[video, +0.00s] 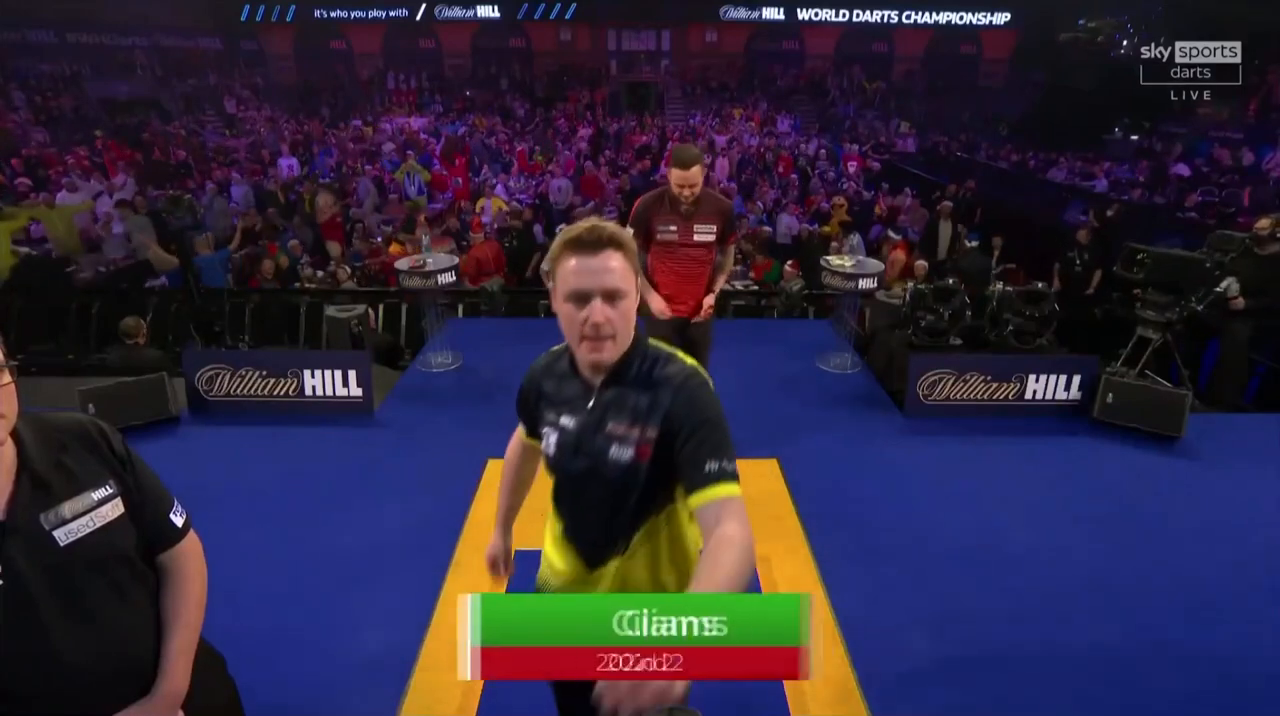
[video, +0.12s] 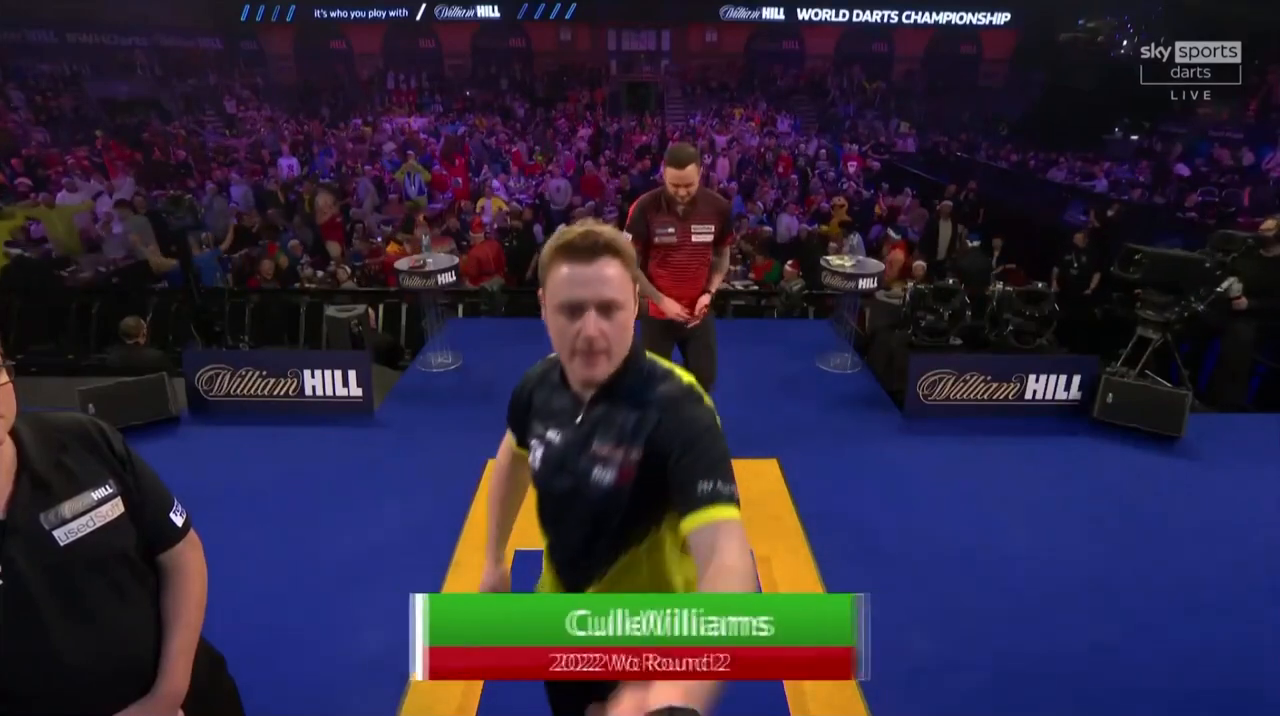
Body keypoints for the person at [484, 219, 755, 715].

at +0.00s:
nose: (597, 317)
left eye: (613, 297)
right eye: (579, 299)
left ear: (638, 298)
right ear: (553, 303)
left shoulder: (680, 387)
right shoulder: (546, 377)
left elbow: (729, 534)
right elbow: (527, 443)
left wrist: (677, 648)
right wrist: (502, 528)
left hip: (657, 614)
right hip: (565, 605)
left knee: (650, 706)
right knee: (574, 705)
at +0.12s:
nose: (590, 330)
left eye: (608, 309)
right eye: (571, 310)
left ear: (635, 308)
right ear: (543, 310)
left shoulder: (678, 406)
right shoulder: (538, 390)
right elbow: (513, 463)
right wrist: (495, 562)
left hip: (658, 639)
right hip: (559, 626)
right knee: (569, 706)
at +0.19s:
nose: (588, 345)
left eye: (607, 324)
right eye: (569, 325)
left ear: (637, 321)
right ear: (540, 322)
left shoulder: (677, 429)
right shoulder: (536, 401)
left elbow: (730, 610)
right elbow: (504, 472)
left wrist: (690, 708)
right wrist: (487, 581)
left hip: (653, 687)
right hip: (562, 672)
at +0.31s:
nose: (589, 382)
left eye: (610, 358)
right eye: (568, 358)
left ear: (645, 350)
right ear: (537, 350)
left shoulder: (681, 468)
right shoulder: (534, 434)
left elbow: (737, 660)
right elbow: (505, 495)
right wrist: (468, 600)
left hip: (646, 703)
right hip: (545, 692)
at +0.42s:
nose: (592, 425)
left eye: (617, 397)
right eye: (568, 397)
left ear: (655, 386)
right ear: (537, 386)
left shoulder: (687, 525)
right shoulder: (544, 470)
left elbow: (754, 685)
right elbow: (514, 538)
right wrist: (464, 637)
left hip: (634, 698)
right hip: (539, 691)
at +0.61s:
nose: (593, 480)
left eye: (622, 444)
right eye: (564, 444)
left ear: (666, 423)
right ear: (529, 424)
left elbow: (779, 703)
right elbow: (526, 608)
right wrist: (498, 660)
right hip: (540, 697)